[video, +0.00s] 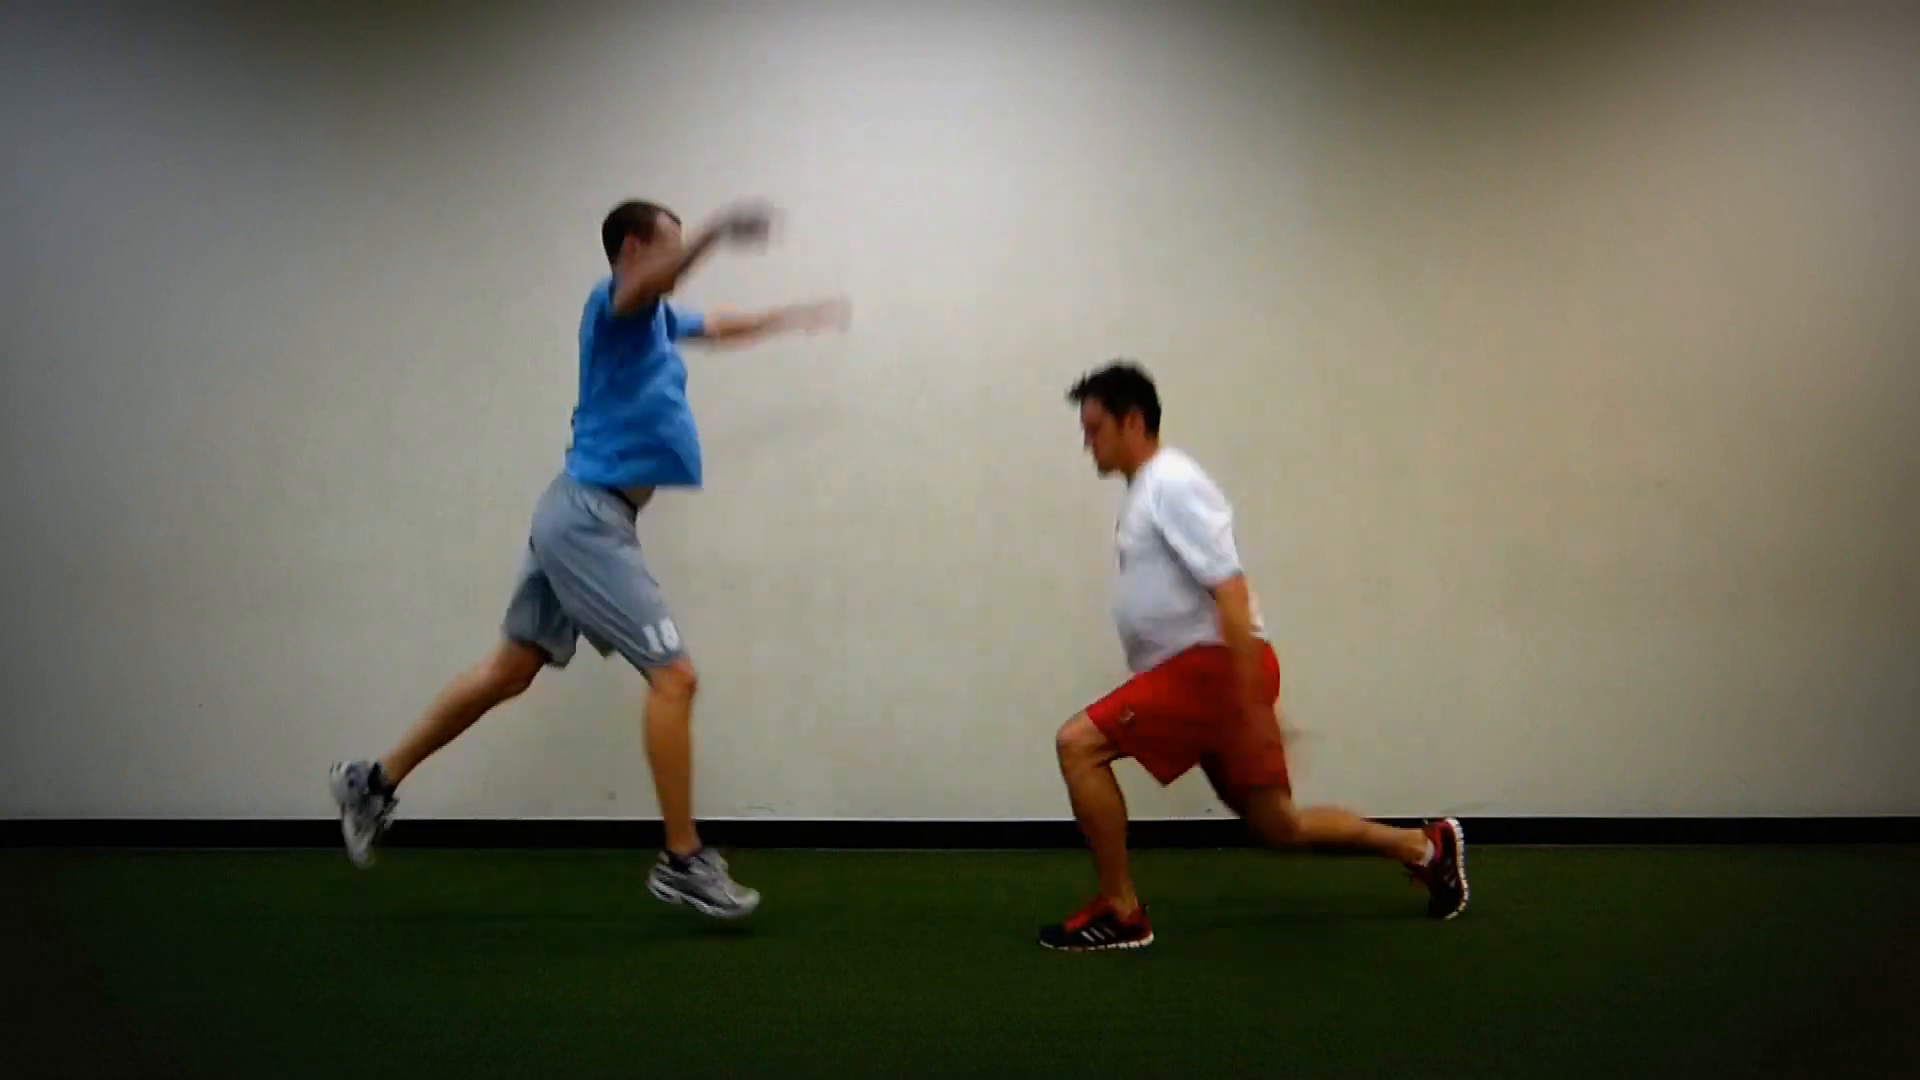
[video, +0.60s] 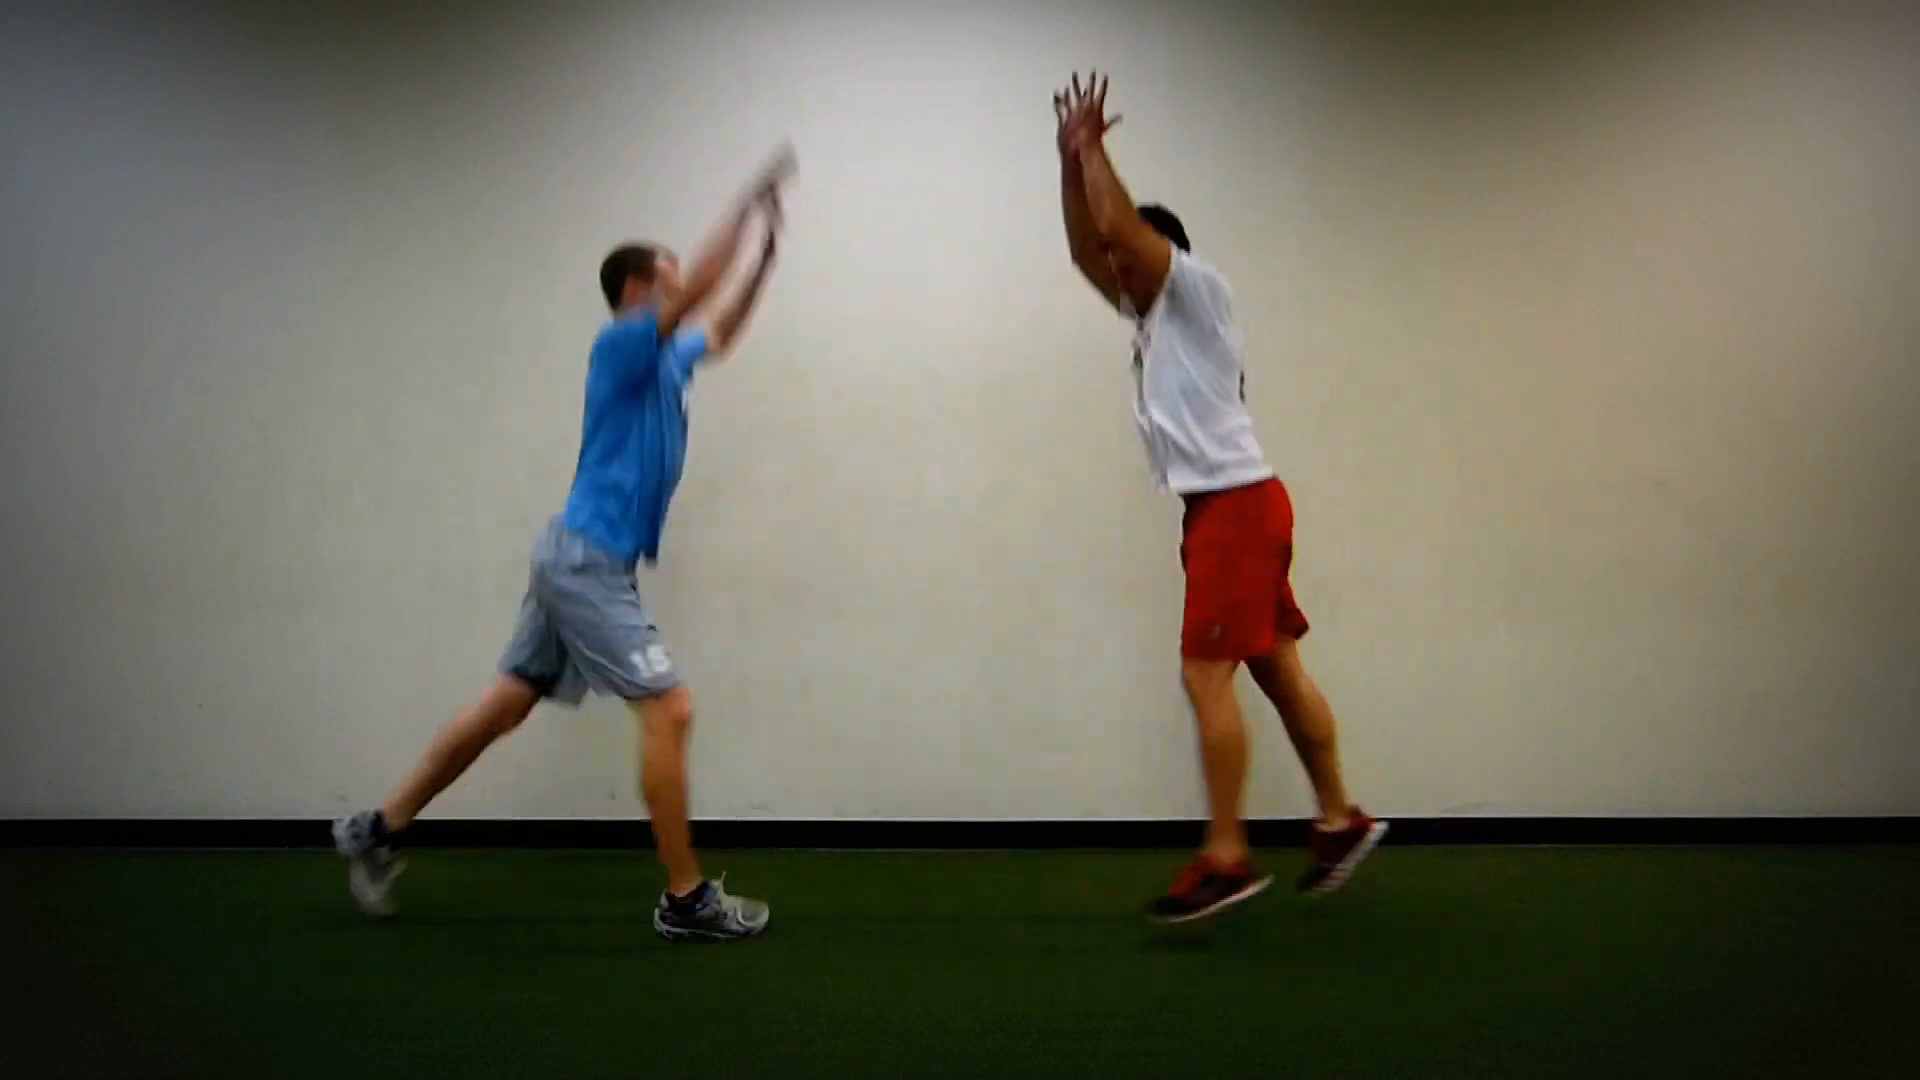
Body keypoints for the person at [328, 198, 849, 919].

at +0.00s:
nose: (679, 252)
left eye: (682, 243)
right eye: (669, 241)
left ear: (644, 247)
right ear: (631, 247)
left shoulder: (659, 316)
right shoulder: (613, 307)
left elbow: (720, 327)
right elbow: (646, 283)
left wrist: (797, 317)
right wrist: (715, 233)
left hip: (583, 516)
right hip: (587, 518)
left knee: (509, 673)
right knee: (674, 678)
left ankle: (377, 782)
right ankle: (683, 859)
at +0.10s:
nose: (686, 348)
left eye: (685, 336)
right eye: (676, 335)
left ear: (648, 339)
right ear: (638, 337)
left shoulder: (658, 408)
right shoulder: (625, 394)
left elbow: (685, 482)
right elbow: (614, 464)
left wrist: (741, 508)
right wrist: (652, 494)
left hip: (582, 602)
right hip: (591, 605)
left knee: (503, 752)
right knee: (723, 723)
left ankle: (353, 845)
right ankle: (694, 896)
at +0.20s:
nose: (694, 427)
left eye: (691, 416)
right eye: (683, 417)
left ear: (658, 426)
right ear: (645, 425)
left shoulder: (656, 500)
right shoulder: (629, 501)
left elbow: (608, 604)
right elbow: (585, 603)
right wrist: (582, 707)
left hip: (583, 678)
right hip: (596, 679)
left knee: (506, 839)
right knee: (747, 731)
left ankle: (334, 856)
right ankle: (697, 897)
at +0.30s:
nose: (695, 459)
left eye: (692, 449)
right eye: (683, 451)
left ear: (660, 462)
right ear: (646, 464)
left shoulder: (654, 538)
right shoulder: (625, 542)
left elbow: (625, 652)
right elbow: (581, 662)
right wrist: (569, 769)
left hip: (589, 710)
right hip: (591, 710)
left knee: (508, 874)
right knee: (749, 735)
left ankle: (341, 857)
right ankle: (697, 897)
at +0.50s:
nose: (679, 385)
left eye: (676, 373)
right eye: (667, 374)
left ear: (636, 385)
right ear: (632, 384)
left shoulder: (644, 452)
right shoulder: (620, 453)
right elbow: (684, 505)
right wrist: (777, 469)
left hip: (574, 644)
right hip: (583, 644)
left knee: (498, 794)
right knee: (728, 728)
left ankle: (333, 854)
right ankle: (698, 897)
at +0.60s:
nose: (686, 281)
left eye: (682, 270)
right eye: (674, 272)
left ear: (647, 289)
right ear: (639, 284)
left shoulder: (669, 359)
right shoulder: (624, 343)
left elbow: (725, 330)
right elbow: (696, 283)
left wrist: (766, 257)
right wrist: (748, 204)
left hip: (587, 562)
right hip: (582, 562)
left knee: (505, 704)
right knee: (667, 707)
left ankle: (382, 827)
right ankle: (686, 896)